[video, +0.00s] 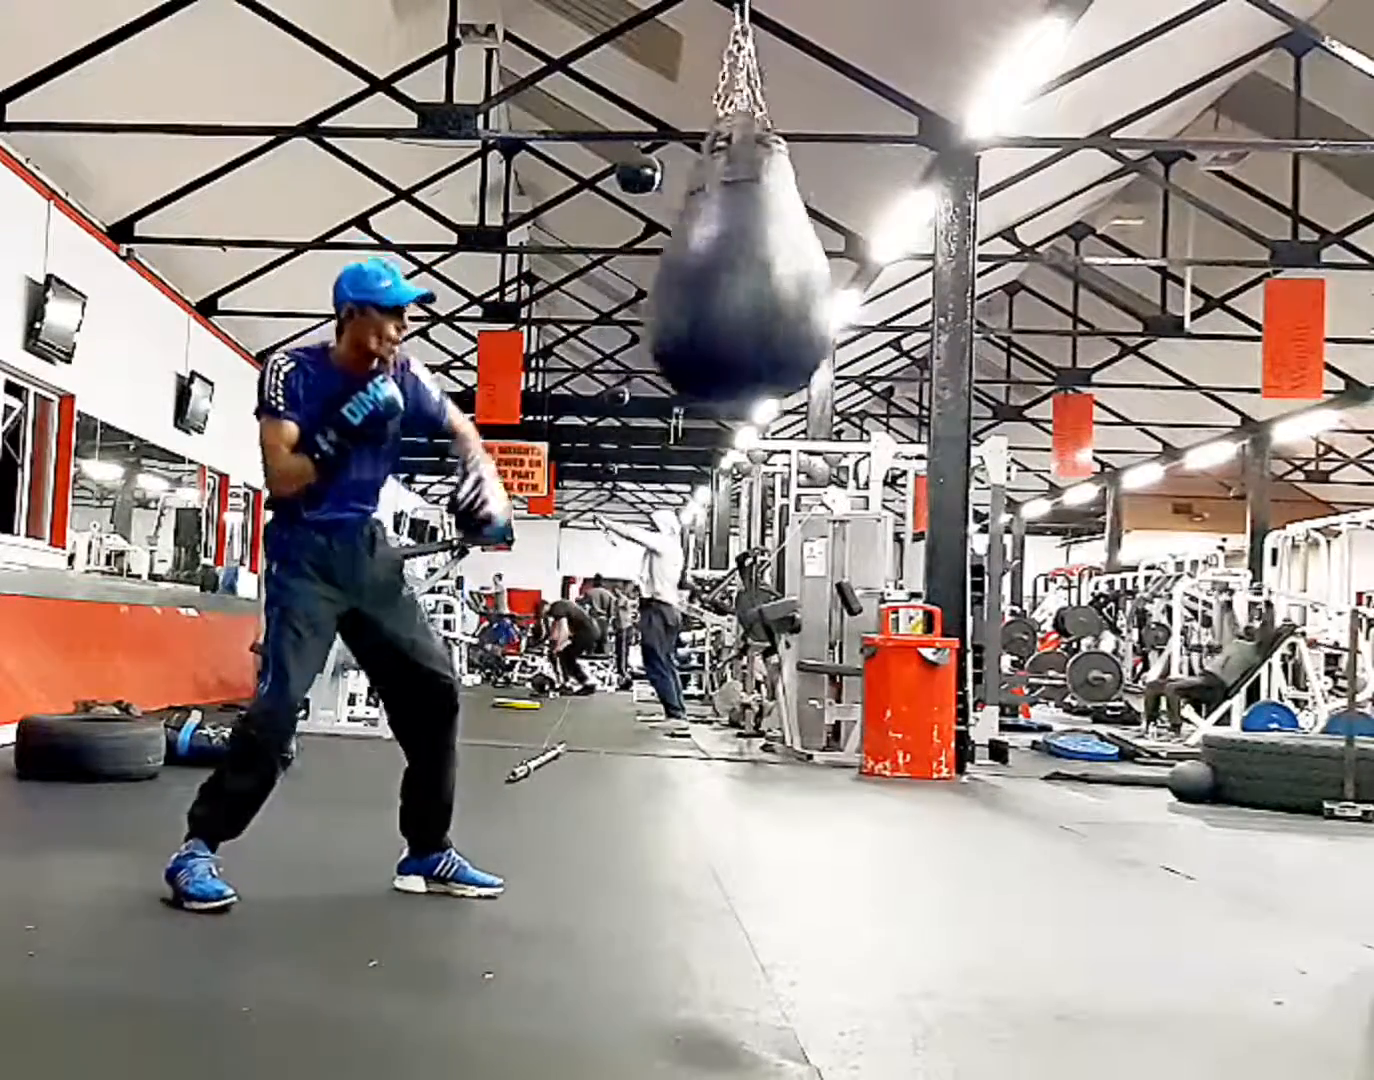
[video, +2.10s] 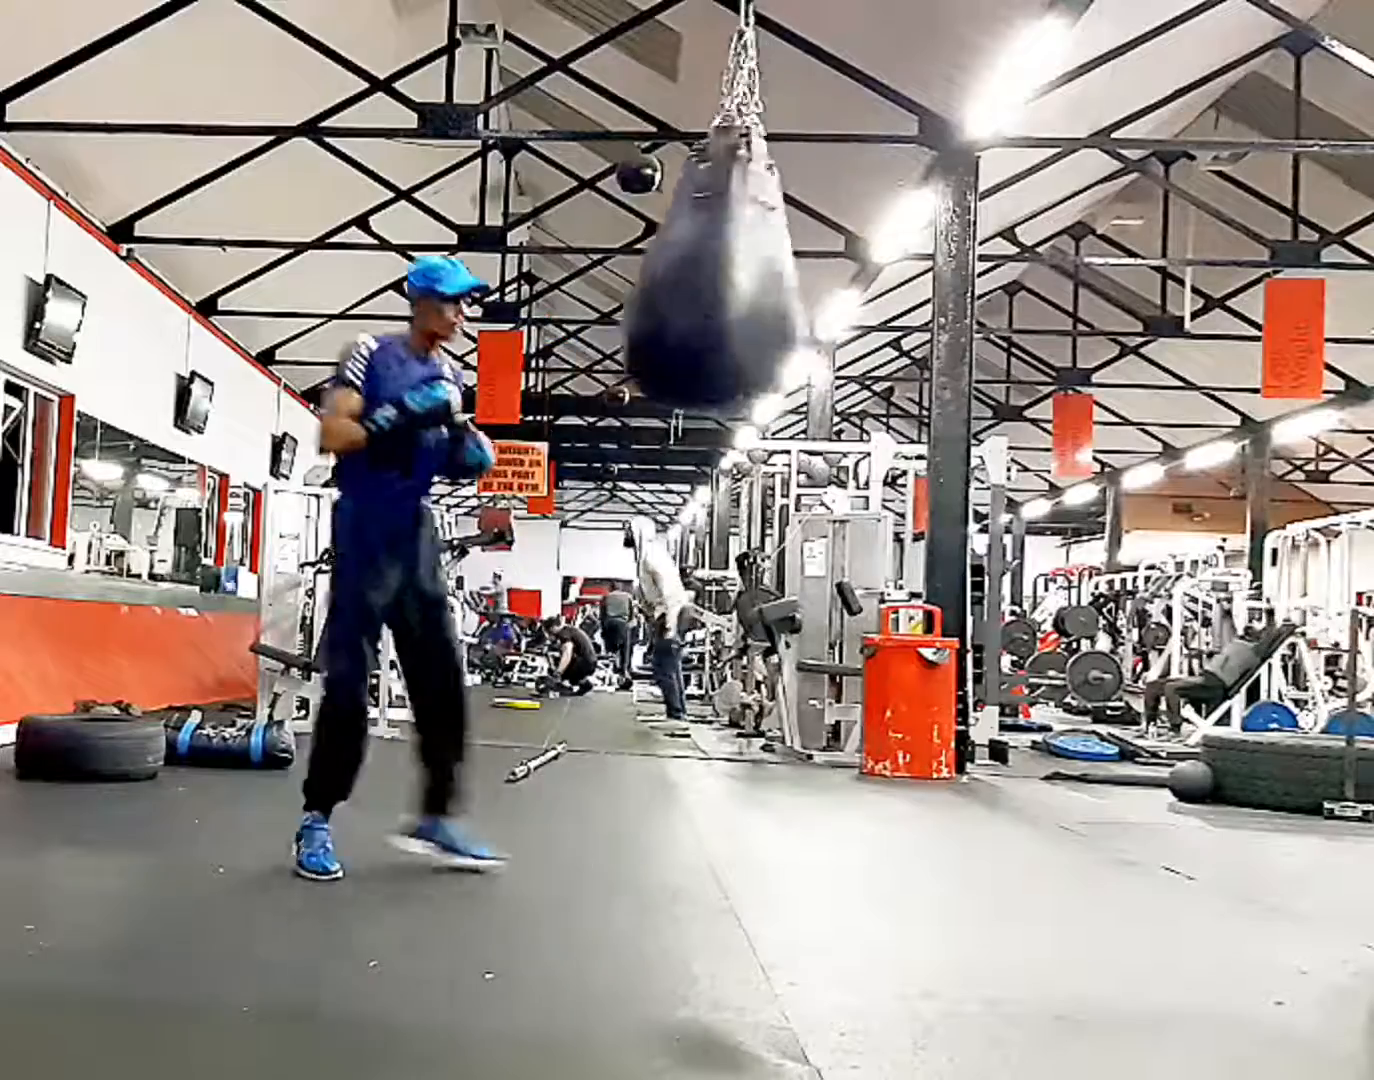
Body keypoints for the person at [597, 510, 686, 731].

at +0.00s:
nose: (653, 528)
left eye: (655, 524)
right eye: (654, 524)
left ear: (663, 525)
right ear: (673, 526)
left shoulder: (665, 543)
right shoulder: (674, 547)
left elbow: (634, 535)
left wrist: (608, 525)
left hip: (657, 606)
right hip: (669, 606)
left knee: (655, 662)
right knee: (665, 660)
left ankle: (674, 713)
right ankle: (677, 709)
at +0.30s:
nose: (652, 529)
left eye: (655, 525)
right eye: (653, 525)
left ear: (663, 526)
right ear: (671, 526)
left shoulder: (667, 545)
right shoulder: (674, 546)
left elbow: (634, 549)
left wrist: (603, 548)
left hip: (662, 609)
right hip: (668, 608)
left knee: (657, 661)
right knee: (666, 660)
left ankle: (675, 710)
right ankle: (677, 708)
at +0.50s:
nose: (649, 529)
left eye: (653, 524)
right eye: (650, 524)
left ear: (662, 527)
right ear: (667, 526)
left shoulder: (666, 548)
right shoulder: (672, 547)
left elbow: (640, 568)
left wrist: (612, 576)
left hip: (664, 610)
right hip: (670, 608)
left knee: (662, 662)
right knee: (664, 661)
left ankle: (675, 710)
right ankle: (676, 708)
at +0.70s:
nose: (643, 528)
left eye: (647, 524)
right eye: (645, 523)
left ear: (657, 527)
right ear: (662, 527)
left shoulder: (663, 550)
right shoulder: (663, 548)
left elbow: (651, 580)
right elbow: (651, 580)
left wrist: (632, 599)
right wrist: (636, 597)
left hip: (667, 611)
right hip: (666, 610)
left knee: (662, 662)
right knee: (665, 661)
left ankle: (676, 711)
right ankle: (675, 708)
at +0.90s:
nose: (638, 528)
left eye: (642, 524)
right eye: (640, 524)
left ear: (651, 526)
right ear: (657, 526)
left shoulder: (660, 549)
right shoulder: (659, 547)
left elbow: (662, 584)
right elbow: (651, 581)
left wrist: (654, 613)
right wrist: (638, 594)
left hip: (667, 610)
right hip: (672, 609)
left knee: (664, 662)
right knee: (669, 661)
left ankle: (676, 711)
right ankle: (677, 709)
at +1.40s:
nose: (638, 529)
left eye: (642, 524)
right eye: (640, 524)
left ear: (652, 527)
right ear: (655, 527)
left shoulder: (664, 550)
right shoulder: (654, 550)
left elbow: (682, 584)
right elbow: (651, 581)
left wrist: (687, 617)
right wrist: (637, 593)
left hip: (667, 613)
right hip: (661, 612)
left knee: (664, 666)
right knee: (667, 665)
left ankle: (676, 711)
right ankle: (676, 709)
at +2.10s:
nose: (624, 535)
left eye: (628, 530)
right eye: (625, 530)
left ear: (638, 532)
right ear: (642, 533)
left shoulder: (653, 557)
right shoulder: (644, 557)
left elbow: (670, 594)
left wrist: (670, 627)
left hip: (669, 618)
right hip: (661, 618)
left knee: (664, 668)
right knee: (672, 667)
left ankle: (675, 712)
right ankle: (677, 710)